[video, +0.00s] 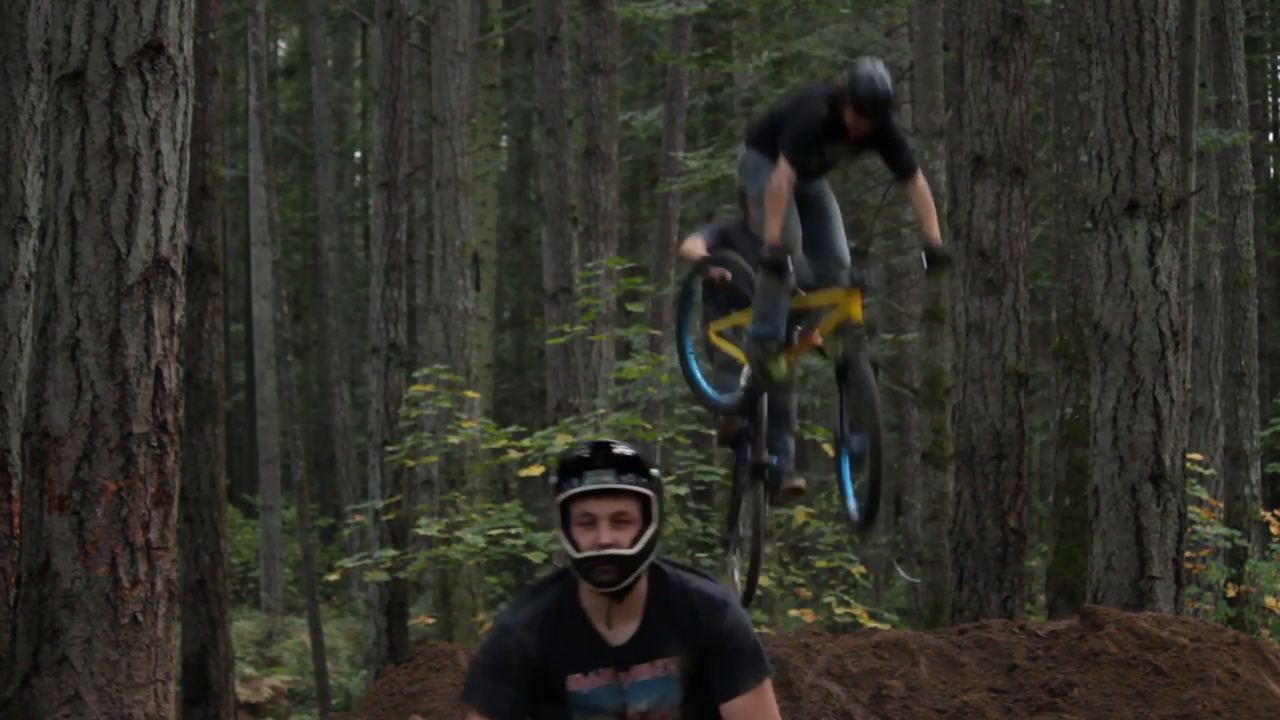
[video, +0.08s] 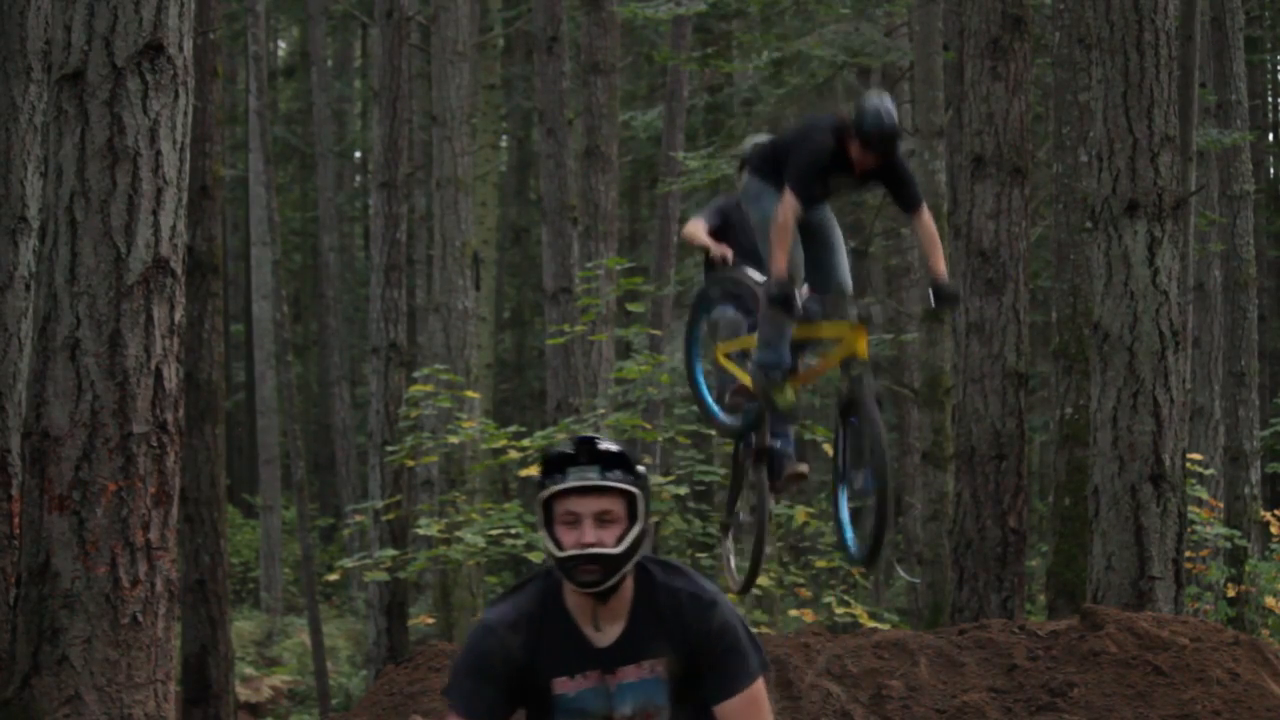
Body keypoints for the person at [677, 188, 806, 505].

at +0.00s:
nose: (763, 211)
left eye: (769, 204)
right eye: (757, 203)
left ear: (782, 208)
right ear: (746, 205)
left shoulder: (786, 247)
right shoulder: (729, 234)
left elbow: (806, 293)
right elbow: (690, 245)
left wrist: (809, 330)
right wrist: (709, 264)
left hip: (775, 339)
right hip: (729, 333)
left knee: (782, 406)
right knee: (733, 369)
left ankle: (783, 474)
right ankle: (729, 419)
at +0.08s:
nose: (755, 180)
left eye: (762, 174)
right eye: (750, 172)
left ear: (775, 178)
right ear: (742, 174)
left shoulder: (785, 220)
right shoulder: (729, 207)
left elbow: (798, 265)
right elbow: (691, 229)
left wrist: (803, 289)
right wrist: (711, 244)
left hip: (770, 306)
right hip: (730, 299)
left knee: (779, 377)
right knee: (729, 322)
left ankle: (783, 457)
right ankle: (730, 383)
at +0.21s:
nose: (763, 141)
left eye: (770, 133)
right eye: (756, 133)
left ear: (779, 139)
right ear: (744, 139)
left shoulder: (792, 188)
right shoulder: (730, 173)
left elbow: (807, 223)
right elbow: (694, 196)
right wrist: (715, 213)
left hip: (774, 272)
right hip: (731, 267)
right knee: (736, 292)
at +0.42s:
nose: (765, 108)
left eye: (772, 101)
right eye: (758, 100)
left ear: (782, 105)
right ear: (745, 105)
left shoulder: (801, 152)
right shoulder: (732, 137)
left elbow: (820, 205)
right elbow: (703, 166)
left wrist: (835, 223)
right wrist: (724, 180)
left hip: (779, 245)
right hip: (734, 238)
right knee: (743, 257)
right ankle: (737, 340)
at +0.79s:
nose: (783, 97)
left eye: (790, 89)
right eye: (775, 89)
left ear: (800, 91)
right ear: (759, 89)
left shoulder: (820, 133)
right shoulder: (744, 117)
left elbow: (846, 184)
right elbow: (725, 140)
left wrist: (865, 187)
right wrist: (746, 143)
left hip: (796, 234)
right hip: (746, 225)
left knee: (800, 316)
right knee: (755, 216)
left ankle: (798, 408)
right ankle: (736, 317)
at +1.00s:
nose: (799, 111)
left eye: (806, 103)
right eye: (791, 103)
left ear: (816, 105)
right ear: (775, 103)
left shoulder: (831, 147)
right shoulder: (760, 130)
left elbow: (861, 197)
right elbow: (742, 161)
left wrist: (879, 226)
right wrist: (771, 166)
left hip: (805, 254)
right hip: (755, 243)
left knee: (797, 335)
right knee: (765, 267)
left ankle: (789, 426)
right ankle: (725, 361)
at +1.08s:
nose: (806, 123)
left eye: (814, 114)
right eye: (798, 114)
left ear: (824, 116)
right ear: (780, 113)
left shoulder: (839, 162)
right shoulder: (764, 143)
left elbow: (865, 215)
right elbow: (750, 175)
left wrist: (881, 252)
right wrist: (782, 183)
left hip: (805, 267)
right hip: (756, 256)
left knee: (796, 350)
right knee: (760, 292)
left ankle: (784, 441)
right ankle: (720, 385)